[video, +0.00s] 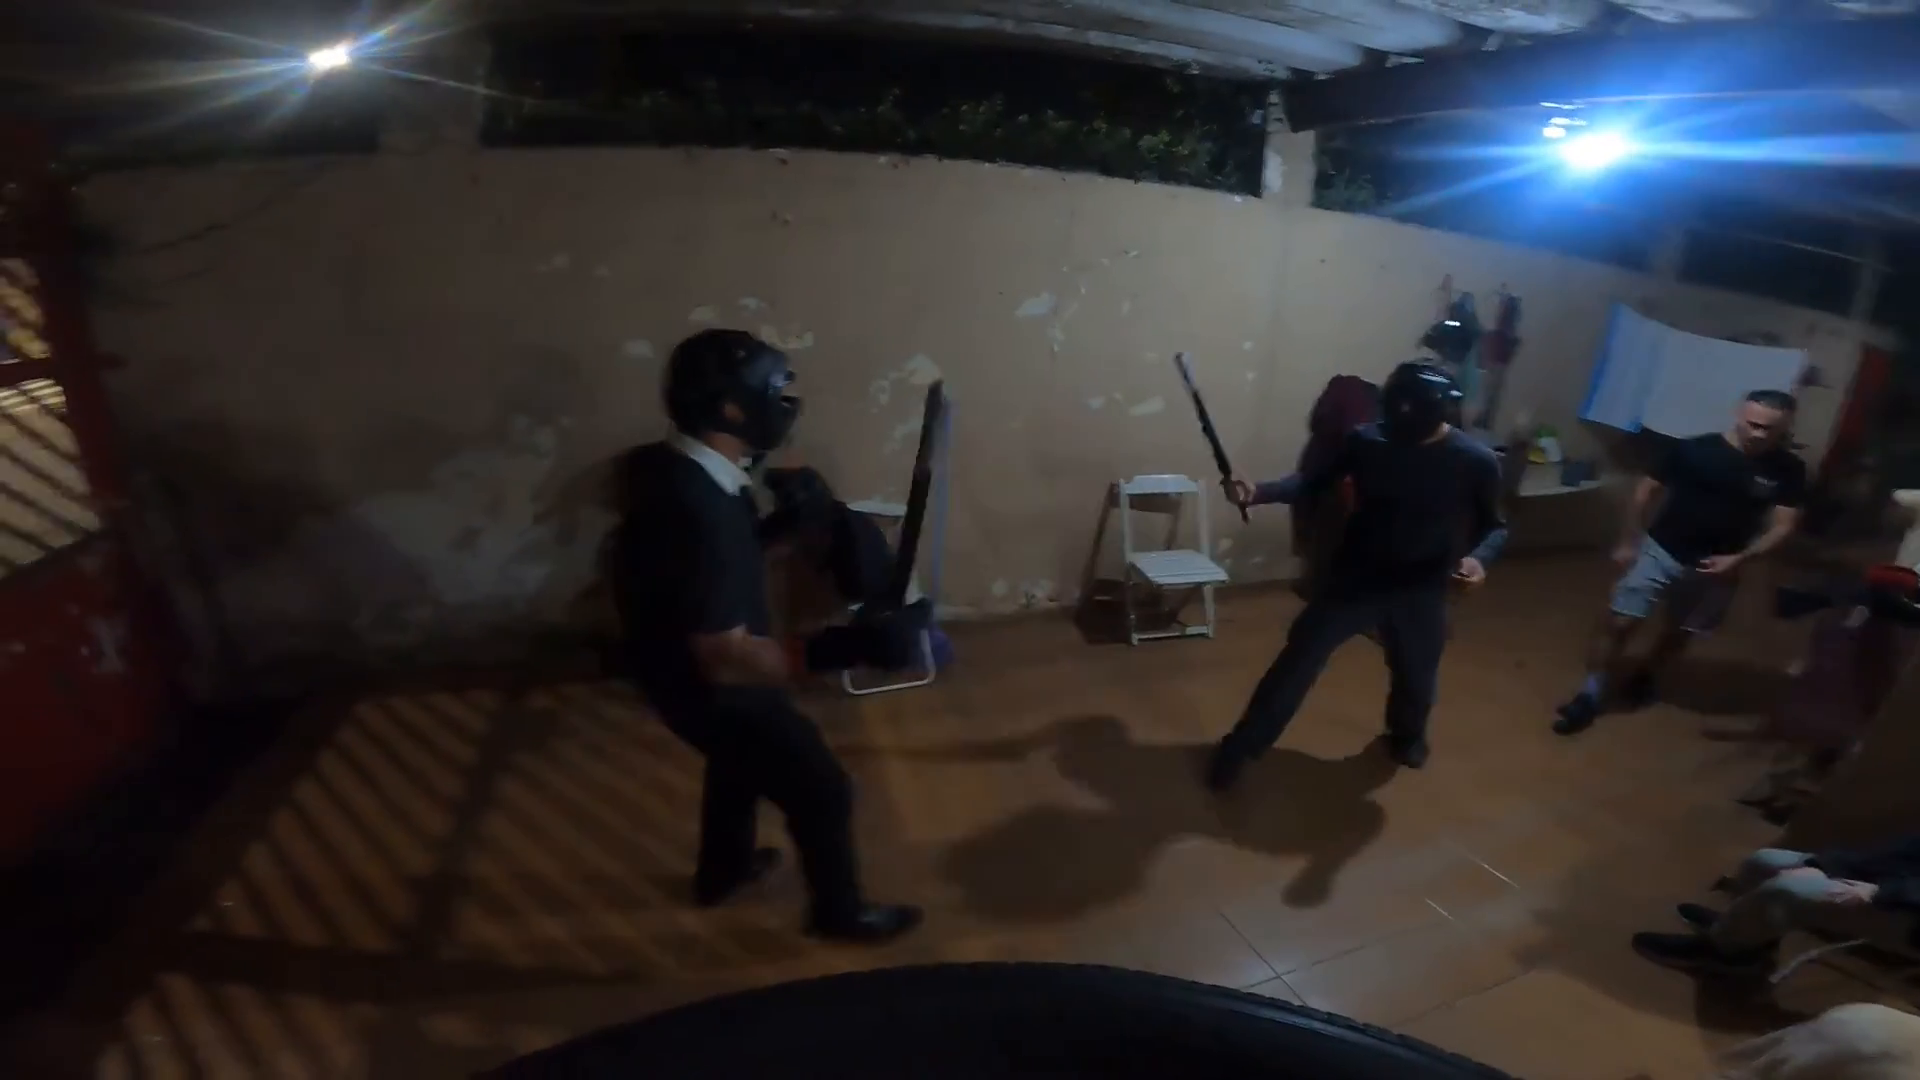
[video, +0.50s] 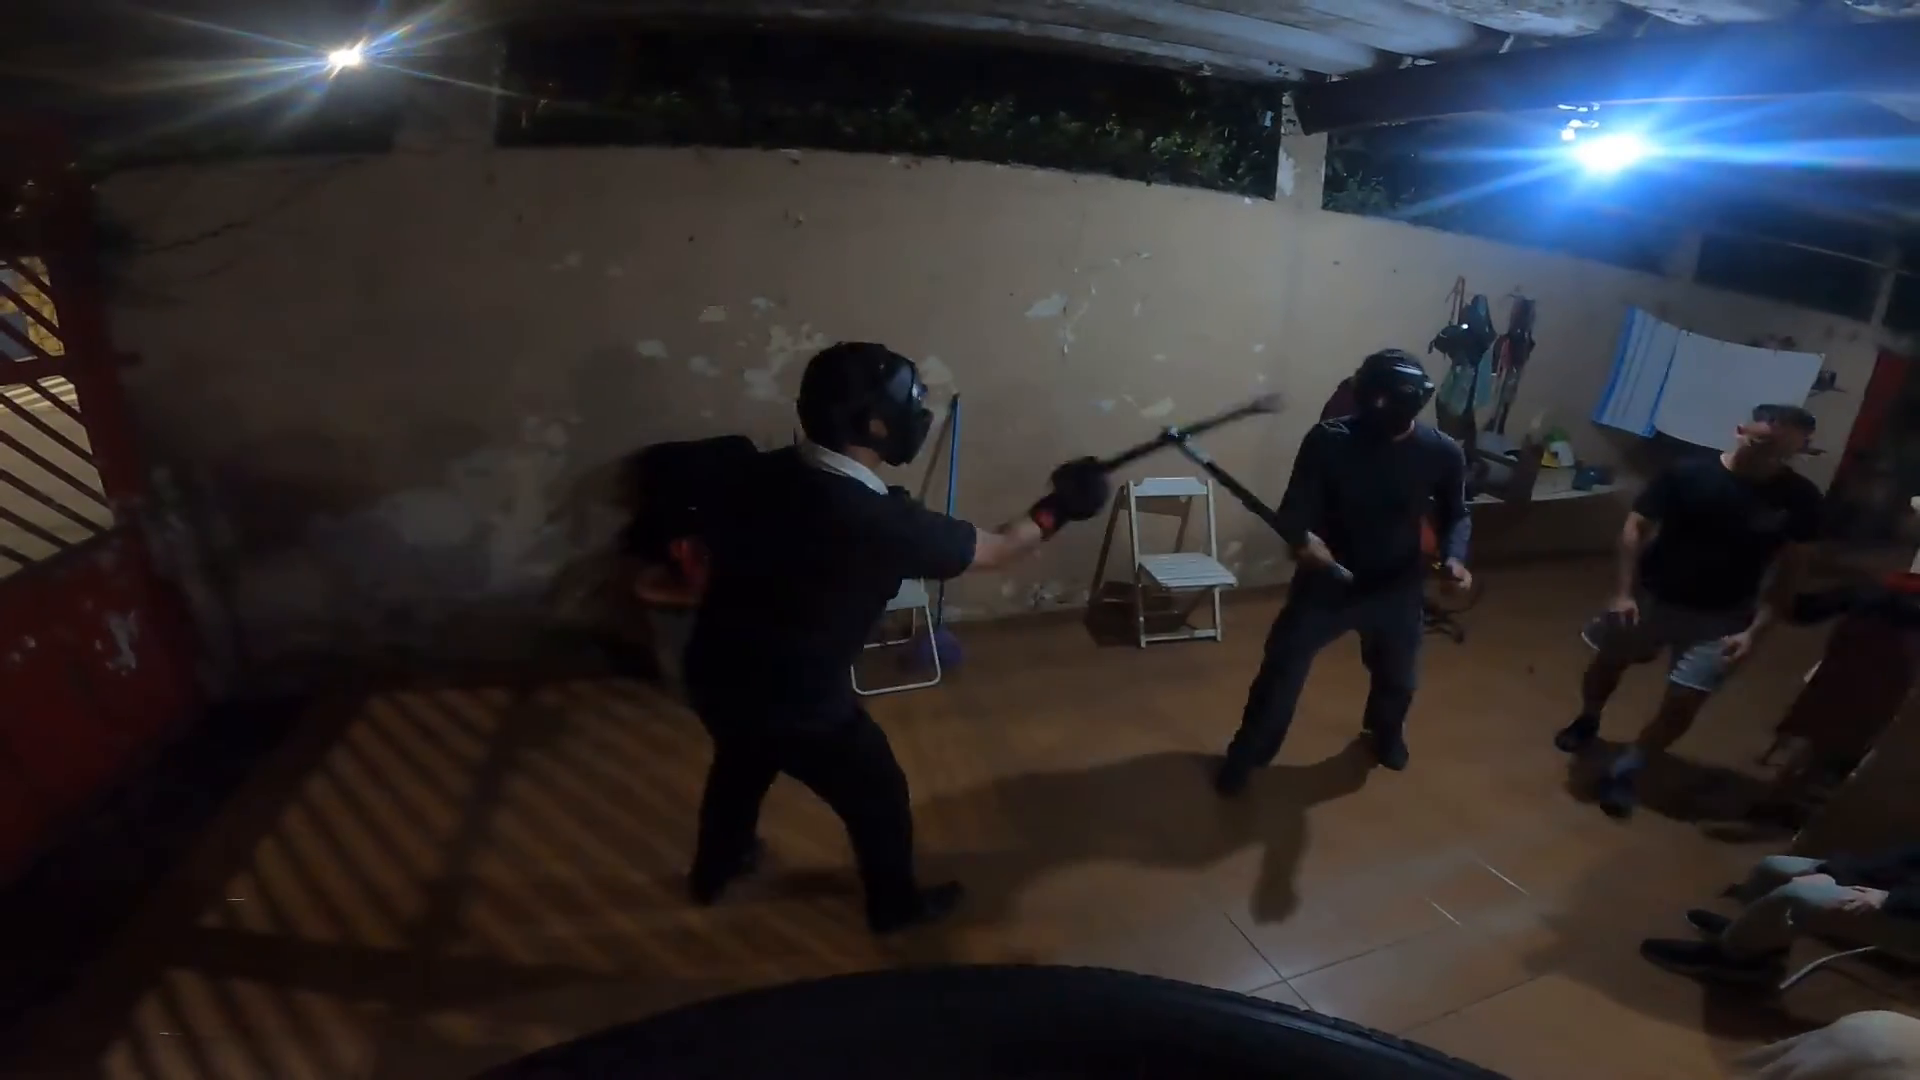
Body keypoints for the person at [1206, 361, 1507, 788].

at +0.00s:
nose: (1395, 420)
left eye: (1406, 412)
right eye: (1392, 410)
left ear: (1434, 414)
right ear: (1388, 406)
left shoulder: (1475, 463)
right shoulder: (1366, 445)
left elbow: (1495, 527)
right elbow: (1314, 483)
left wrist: (1479, 557)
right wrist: (1259, 493)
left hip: (1421, 589)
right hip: (1354, 578)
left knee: (1417, 680)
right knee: (1299, 659)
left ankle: (1407, 740)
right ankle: (1238, 749)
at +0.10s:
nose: (1378, 414)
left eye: (1391, 406)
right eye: (1376, 404)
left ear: (1422, 409)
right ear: (1375, 403)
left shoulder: (1464, 459)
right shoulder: (1349, 443)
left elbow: (1486, 524)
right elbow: (1284, 483)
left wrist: (1473, 554)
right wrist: (1223, 471)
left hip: (1418, 590)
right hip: (1347, 585)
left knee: (1421, 684)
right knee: (1298, 669)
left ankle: (1419, 738)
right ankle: (1245, 758)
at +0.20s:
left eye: (1380, 399)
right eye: (1372, 397)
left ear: (1408, 405)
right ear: (1371, 400)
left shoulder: (1449, 452)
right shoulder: (1332, 440)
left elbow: (1471, 509)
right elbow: (1261, 485)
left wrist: (1465, 543)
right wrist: (1200, 458)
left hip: (1410, 586)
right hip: (1339, 583)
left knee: (1416, 676)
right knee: (1293, 671)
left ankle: (1415, 738)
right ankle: (1246, 760)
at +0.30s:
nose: (1341, 391)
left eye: (1352, 387)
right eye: (1349, 385)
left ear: (1379, 400)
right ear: (1378, 400)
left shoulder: (1440, 448)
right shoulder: (1324, 438)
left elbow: (1460, 504)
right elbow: (1257, 487)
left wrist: (1459, 537)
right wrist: (1194, 457)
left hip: (1404, 584)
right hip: (1333, 583)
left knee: (1408, 672)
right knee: (1288, 670)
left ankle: (1403, 743)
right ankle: (1242, 762)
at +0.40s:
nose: (1389, 418)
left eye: (1396, 405)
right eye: (1378, 405)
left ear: (1407, 402)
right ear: (1358, 399)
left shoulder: (1436, 451)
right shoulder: (1320, 442)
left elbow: (1454, 507)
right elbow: (1277, 500)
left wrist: (1456, 543)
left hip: (1396, 585)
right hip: (1325, 583)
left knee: (1400, 675)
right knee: (1282, 672)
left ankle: (1385, 730)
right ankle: (1244, 756)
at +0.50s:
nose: (1402, 414)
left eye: (1409, 403)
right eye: (1392, 401)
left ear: (1418, 402)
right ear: (1368, 399)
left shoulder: (1441, 455)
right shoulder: (1327, 444)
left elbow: (1455, 515)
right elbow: (1290, 515)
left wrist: (1453, 557)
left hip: (1396, 586)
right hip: (1328, 579)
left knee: (1398, 676)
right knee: (1283, 662)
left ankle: (1386, 732)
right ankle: (1246, 753)